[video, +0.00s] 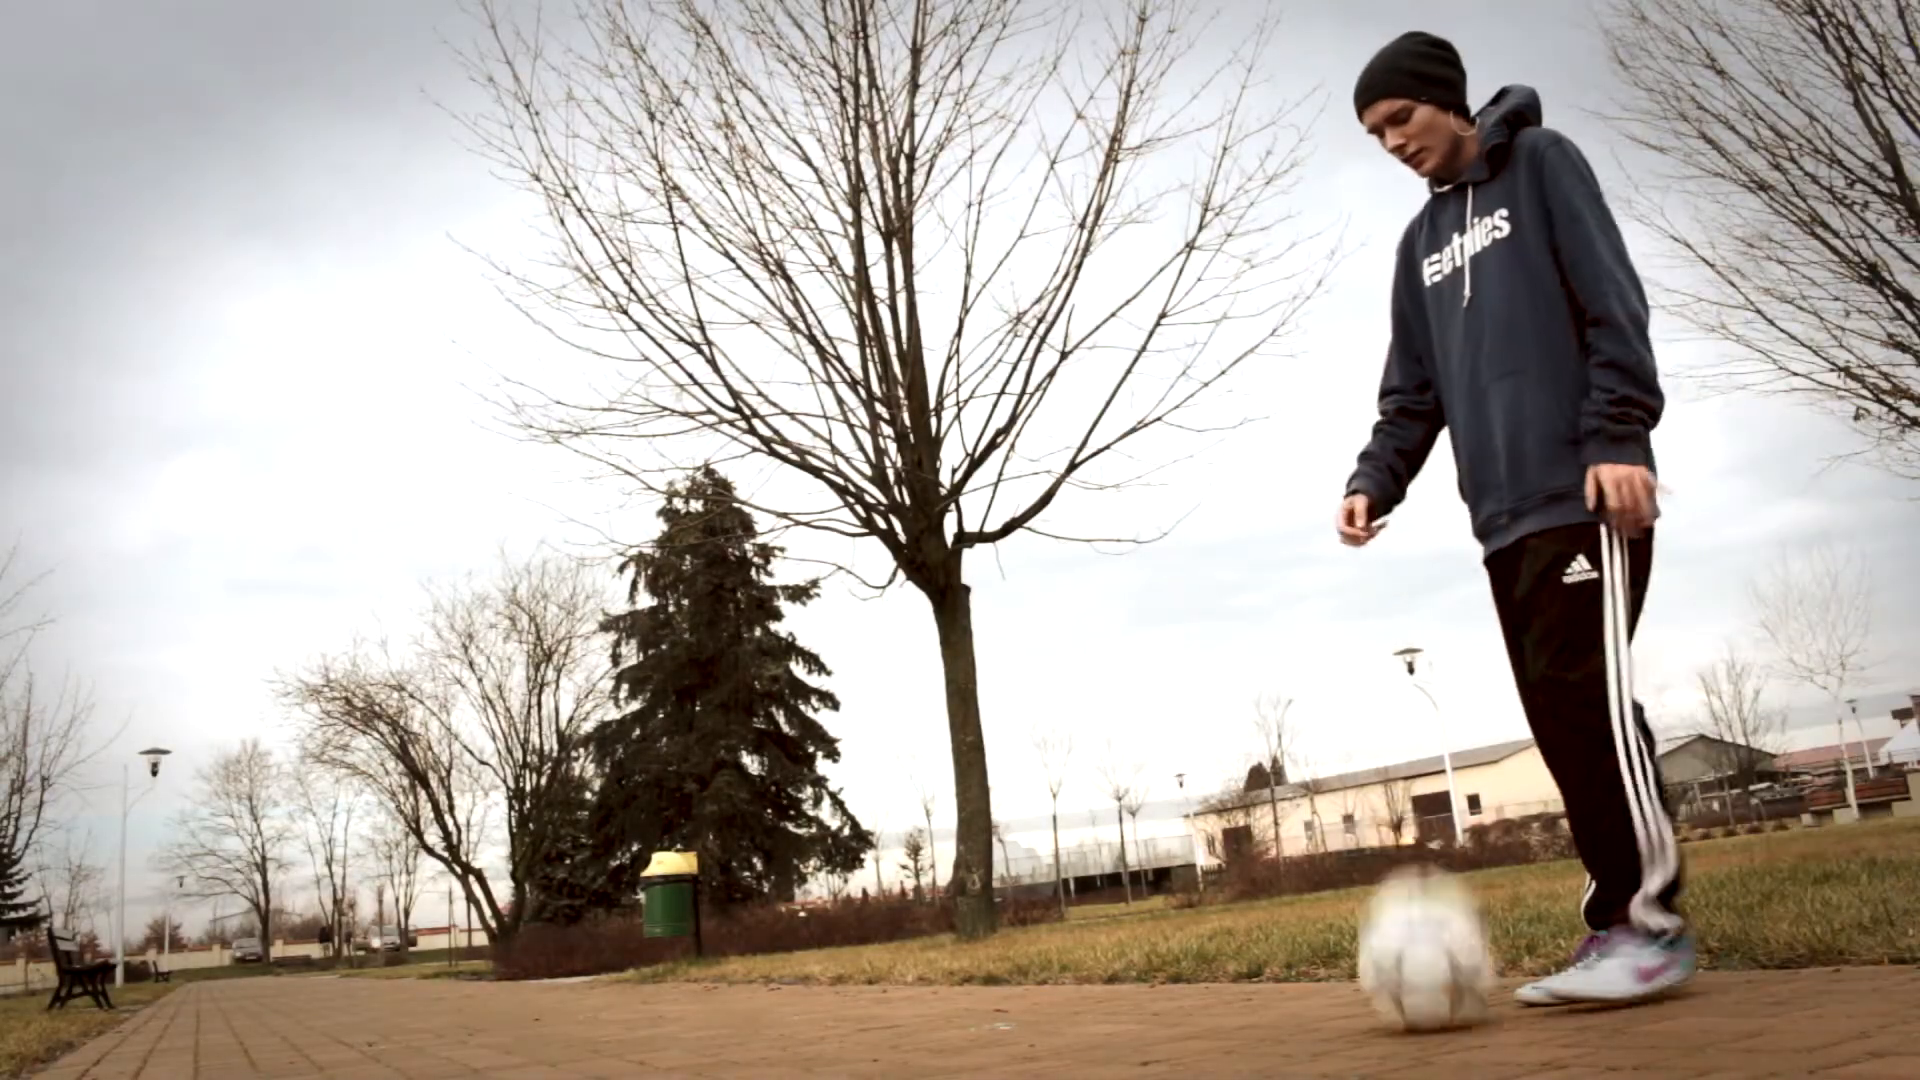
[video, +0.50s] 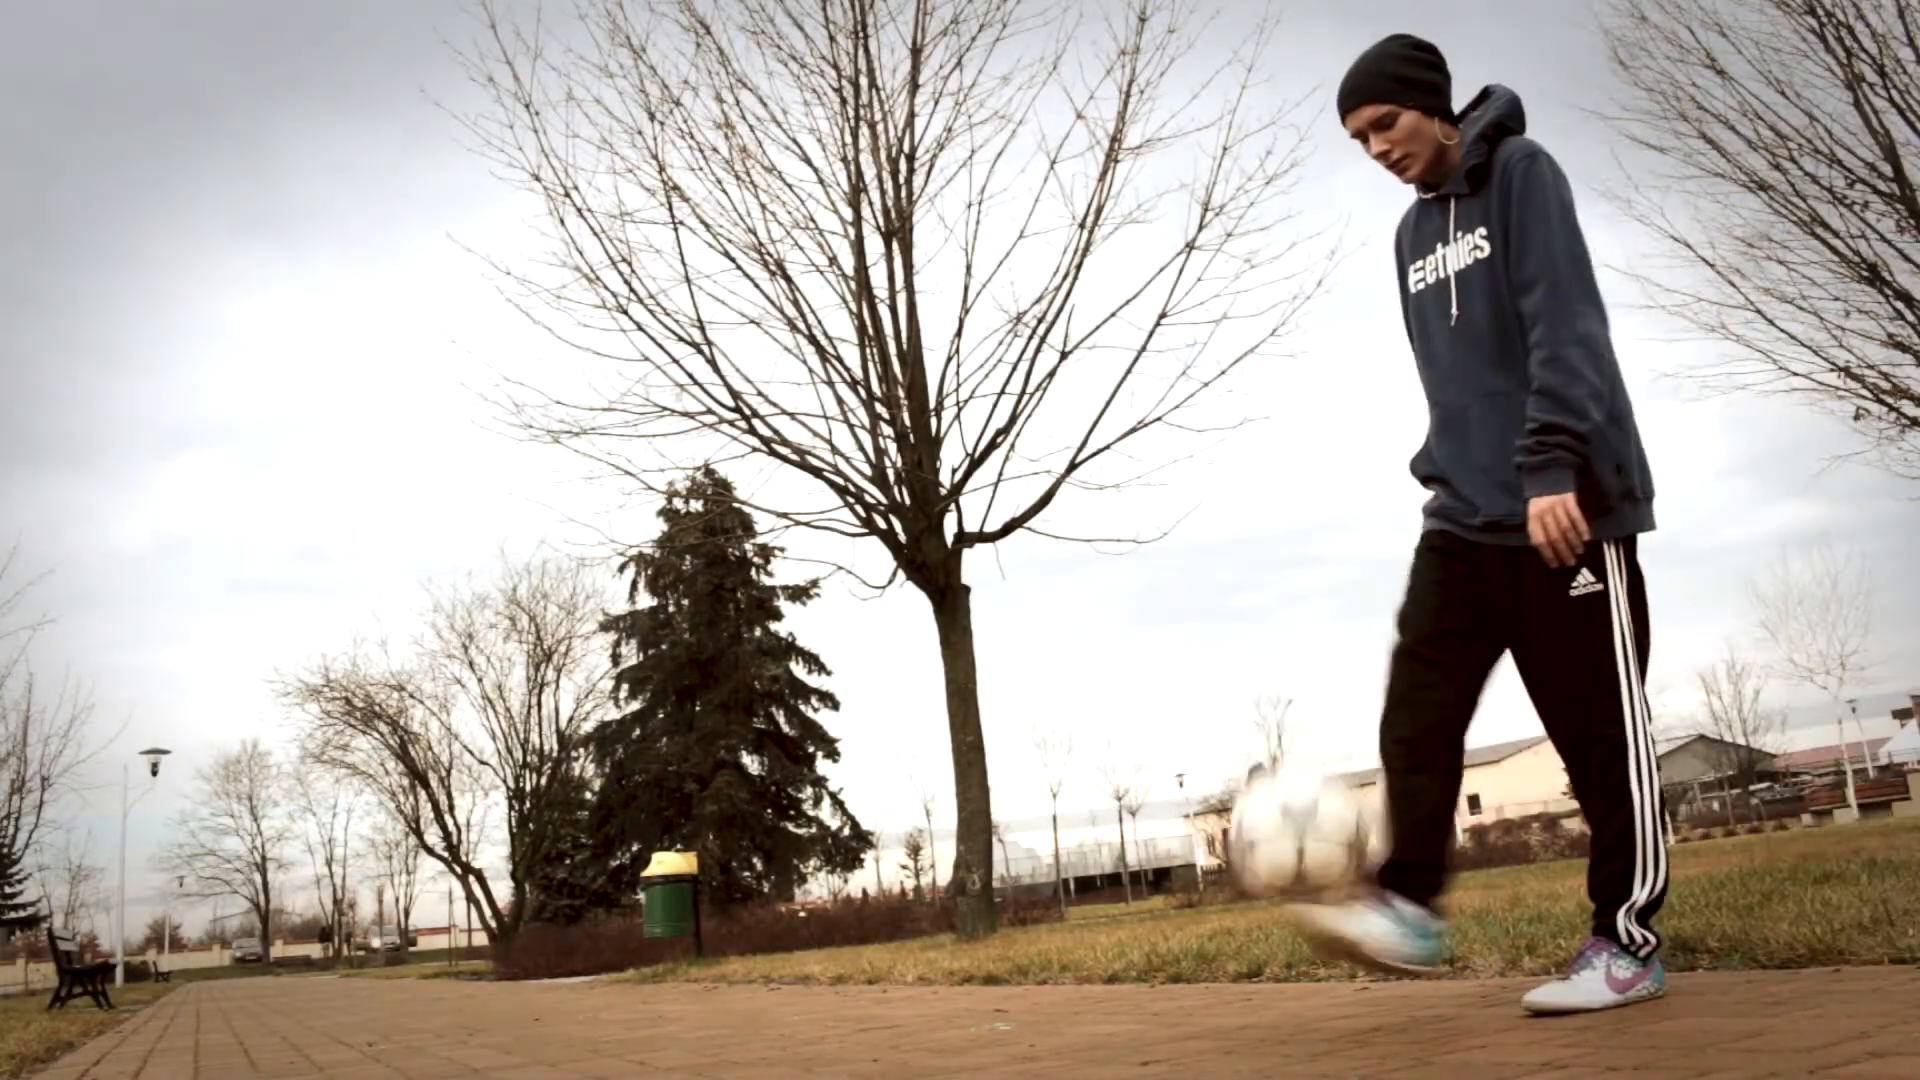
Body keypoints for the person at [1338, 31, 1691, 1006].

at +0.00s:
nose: (1396, 142)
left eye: (1403, 118)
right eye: (1381, 133)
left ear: (1449, 96)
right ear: (1383, 142)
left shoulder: (1541, 162)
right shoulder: (1421, 241)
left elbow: (1613, 305)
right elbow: (1413, 386)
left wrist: (1620, 440)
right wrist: (1374, 480)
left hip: (1581, 485)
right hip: (1501, 512)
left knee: (1580, 692)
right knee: (1553, 710)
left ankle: (1654, 929)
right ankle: (1617, 930)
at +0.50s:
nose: (1379, 149)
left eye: (1387, 125)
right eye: (1364, 139)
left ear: (1431, 103)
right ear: (1366, 143)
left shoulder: (1520, 171)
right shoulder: (1412, 231)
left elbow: (1564, 322)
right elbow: (1449, 364)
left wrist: (1553, 469)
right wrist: (1452, 466)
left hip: (1563, 497)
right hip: (1465, 509)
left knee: (1602, 726)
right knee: (1422, 700)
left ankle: (1627, 943)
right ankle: (1409, 904)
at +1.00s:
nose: (1333, 171)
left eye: (1337, 147)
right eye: (1318, 162)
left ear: (1387, 119)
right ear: (1328, 164)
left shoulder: (1490, 178)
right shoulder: (1377, 257)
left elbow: (1584, 301)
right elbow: (1360, 404)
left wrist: (1645, 445)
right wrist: (1286, 512)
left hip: (1525, 491)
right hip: (1449, 510)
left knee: (1429, 695)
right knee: (1479, 716)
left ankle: (1467, 930)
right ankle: (1546, 949)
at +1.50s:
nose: (1324, 163)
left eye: (1327, 138)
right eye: (1309, 154)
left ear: (1377, 108)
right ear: (1321, 153)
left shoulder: (1474, 169)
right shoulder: (1380, 238)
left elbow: (1547, 318)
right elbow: (1421, 388)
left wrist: (1520, 447)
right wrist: (1399, 499)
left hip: (1539, 503)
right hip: (1447, 525)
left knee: (1558, 720)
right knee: (1439, 710)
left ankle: (1607, 952)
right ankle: (1521, 938)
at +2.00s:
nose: (1299, 192)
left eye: (1299, 169)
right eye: (1286, 181)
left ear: (1341, 137)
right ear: (1311, 167)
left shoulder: (1451, 174)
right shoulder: (1368, 253)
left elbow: (1566, 302)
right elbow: (1411, 408)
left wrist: (1595, 443)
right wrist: (1396, 520)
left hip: (1531, 493)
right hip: (1462, 513)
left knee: (1471, 690)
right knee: (1487, 704)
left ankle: (1555, 933)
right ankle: (1561, 938)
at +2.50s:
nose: (1268, 222)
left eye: (1268, 200)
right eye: (1254, 211)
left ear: (1310, 164)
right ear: (1276, 190)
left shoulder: (1428, 192)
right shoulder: (1347, 268)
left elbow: (1576, 289)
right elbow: (1386, 391)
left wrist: (1571, 432)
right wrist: (1297, 481)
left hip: (1565, 495)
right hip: (1483, 521)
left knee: (1550, 709)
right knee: (1466, 701)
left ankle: (1609, 955)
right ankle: (1533, 930)